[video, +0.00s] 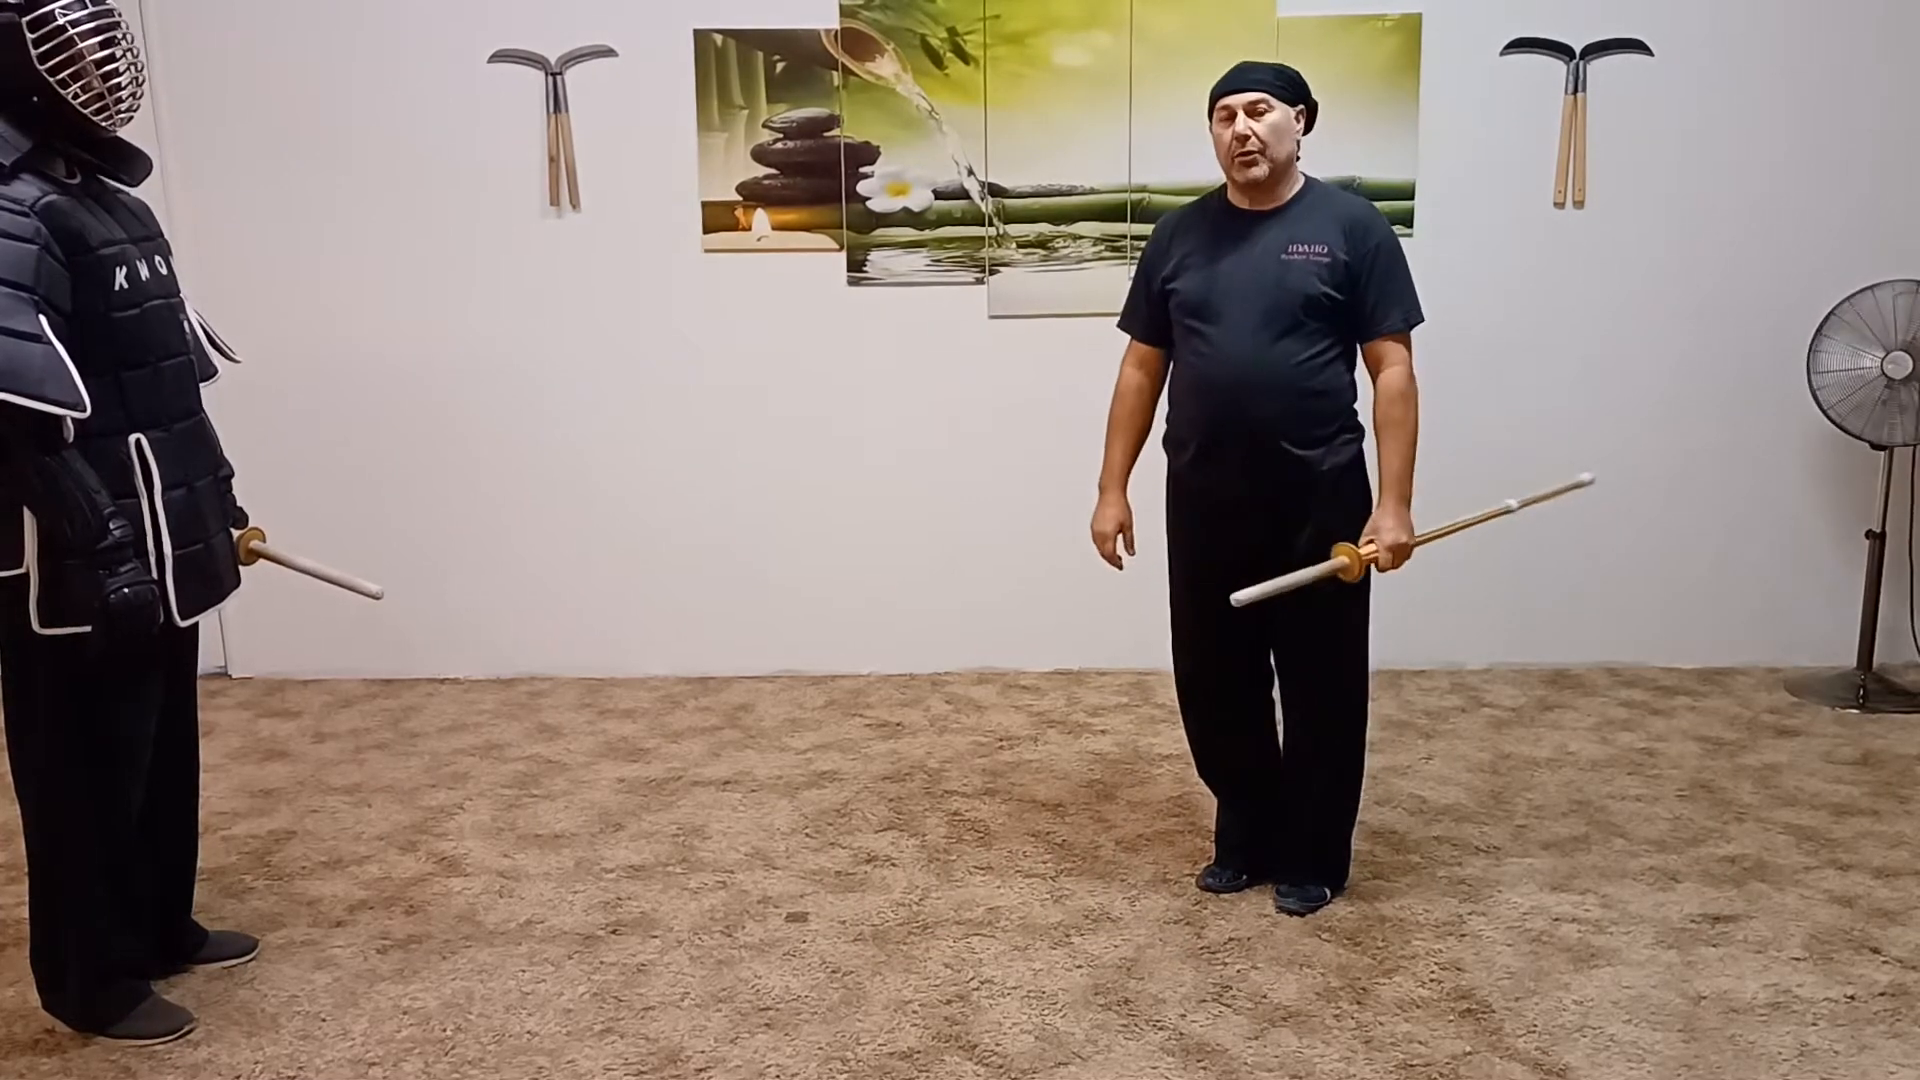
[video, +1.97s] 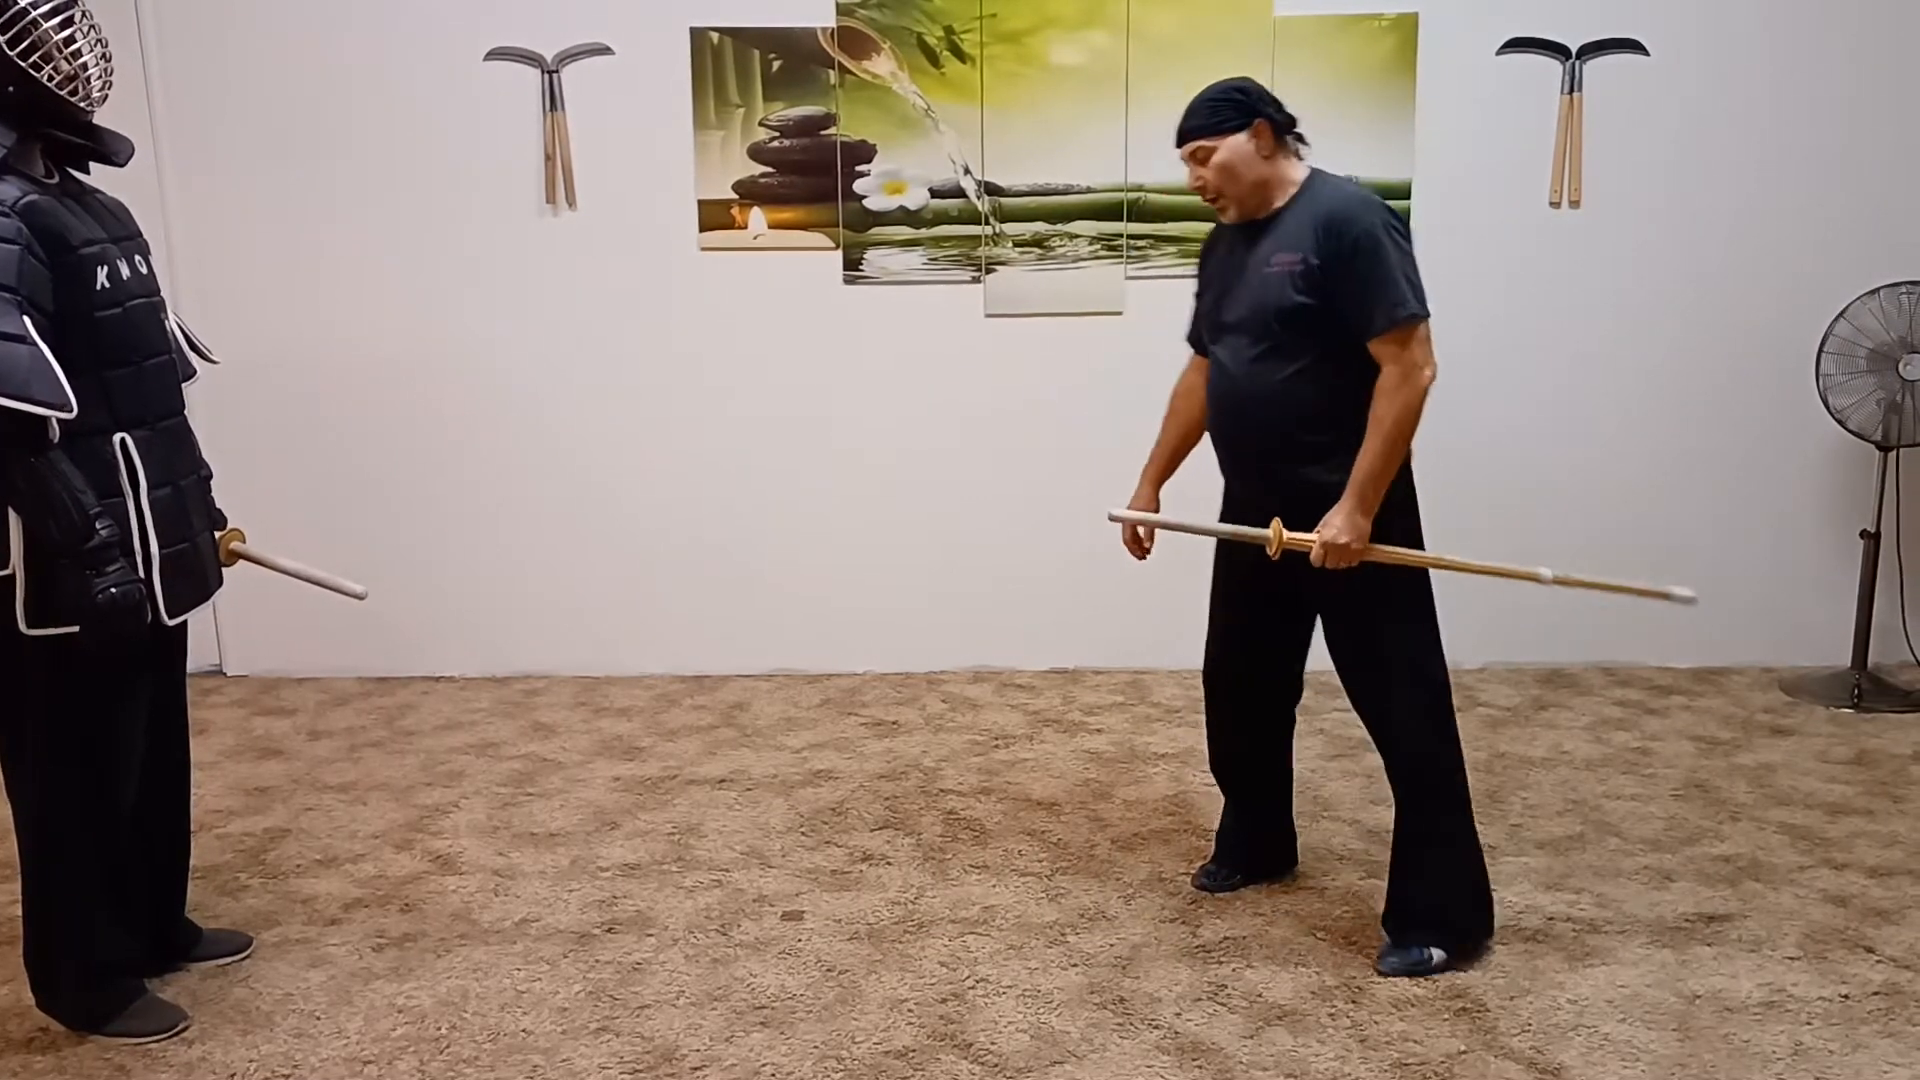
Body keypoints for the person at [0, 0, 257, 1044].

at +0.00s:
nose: (118, 76)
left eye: (116, 56)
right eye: (93, 59)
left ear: (107, 72)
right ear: (40, 75)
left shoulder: (121, 202)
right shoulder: (20, 211)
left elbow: (173, 381)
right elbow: (24, 404)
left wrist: (218, 506)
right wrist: (97, 538)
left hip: (158, 543)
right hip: (70, 557)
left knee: (160, 752)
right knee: (85, 772)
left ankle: (161, 933)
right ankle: (88, 982)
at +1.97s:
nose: (92, 82)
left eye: (87, 66)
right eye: (73, 67)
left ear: (53, 86)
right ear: (31, 83)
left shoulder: (101, 210)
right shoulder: (10, 220)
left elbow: (151, 381)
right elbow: (24, 417)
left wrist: (198, 505)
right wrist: (90, 549)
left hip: (145, 548)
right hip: (60, 567)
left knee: (150, 750)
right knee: (75, 772)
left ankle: (156, 931)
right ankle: (82, 981)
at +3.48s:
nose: (93, 78)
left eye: (87, 61)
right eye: (74, 63)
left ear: (50, 81)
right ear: (33, 79)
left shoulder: (108, 207)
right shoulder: (9, 212)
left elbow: (161, 381)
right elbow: (21, 411)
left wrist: (206, 503)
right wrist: (89, 544)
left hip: (148, 547)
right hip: (59, 562)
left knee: (150, 748)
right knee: (73, 768)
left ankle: (151, 928)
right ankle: (78, 979)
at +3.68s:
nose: (93, 77)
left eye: (87, 60)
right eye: (74, 62)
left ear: (48, 82)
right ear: (34, 79)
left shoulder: (107, 207)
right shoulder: (9, 211)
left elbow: (160, 381)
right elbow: (20, 411)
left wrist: (207, 502)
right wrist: (90, 545)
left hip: (149, 547)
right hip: (59, 561)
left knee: (150, 748)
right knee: (73, 768)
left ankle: (151, 928)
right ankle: (78, 979)